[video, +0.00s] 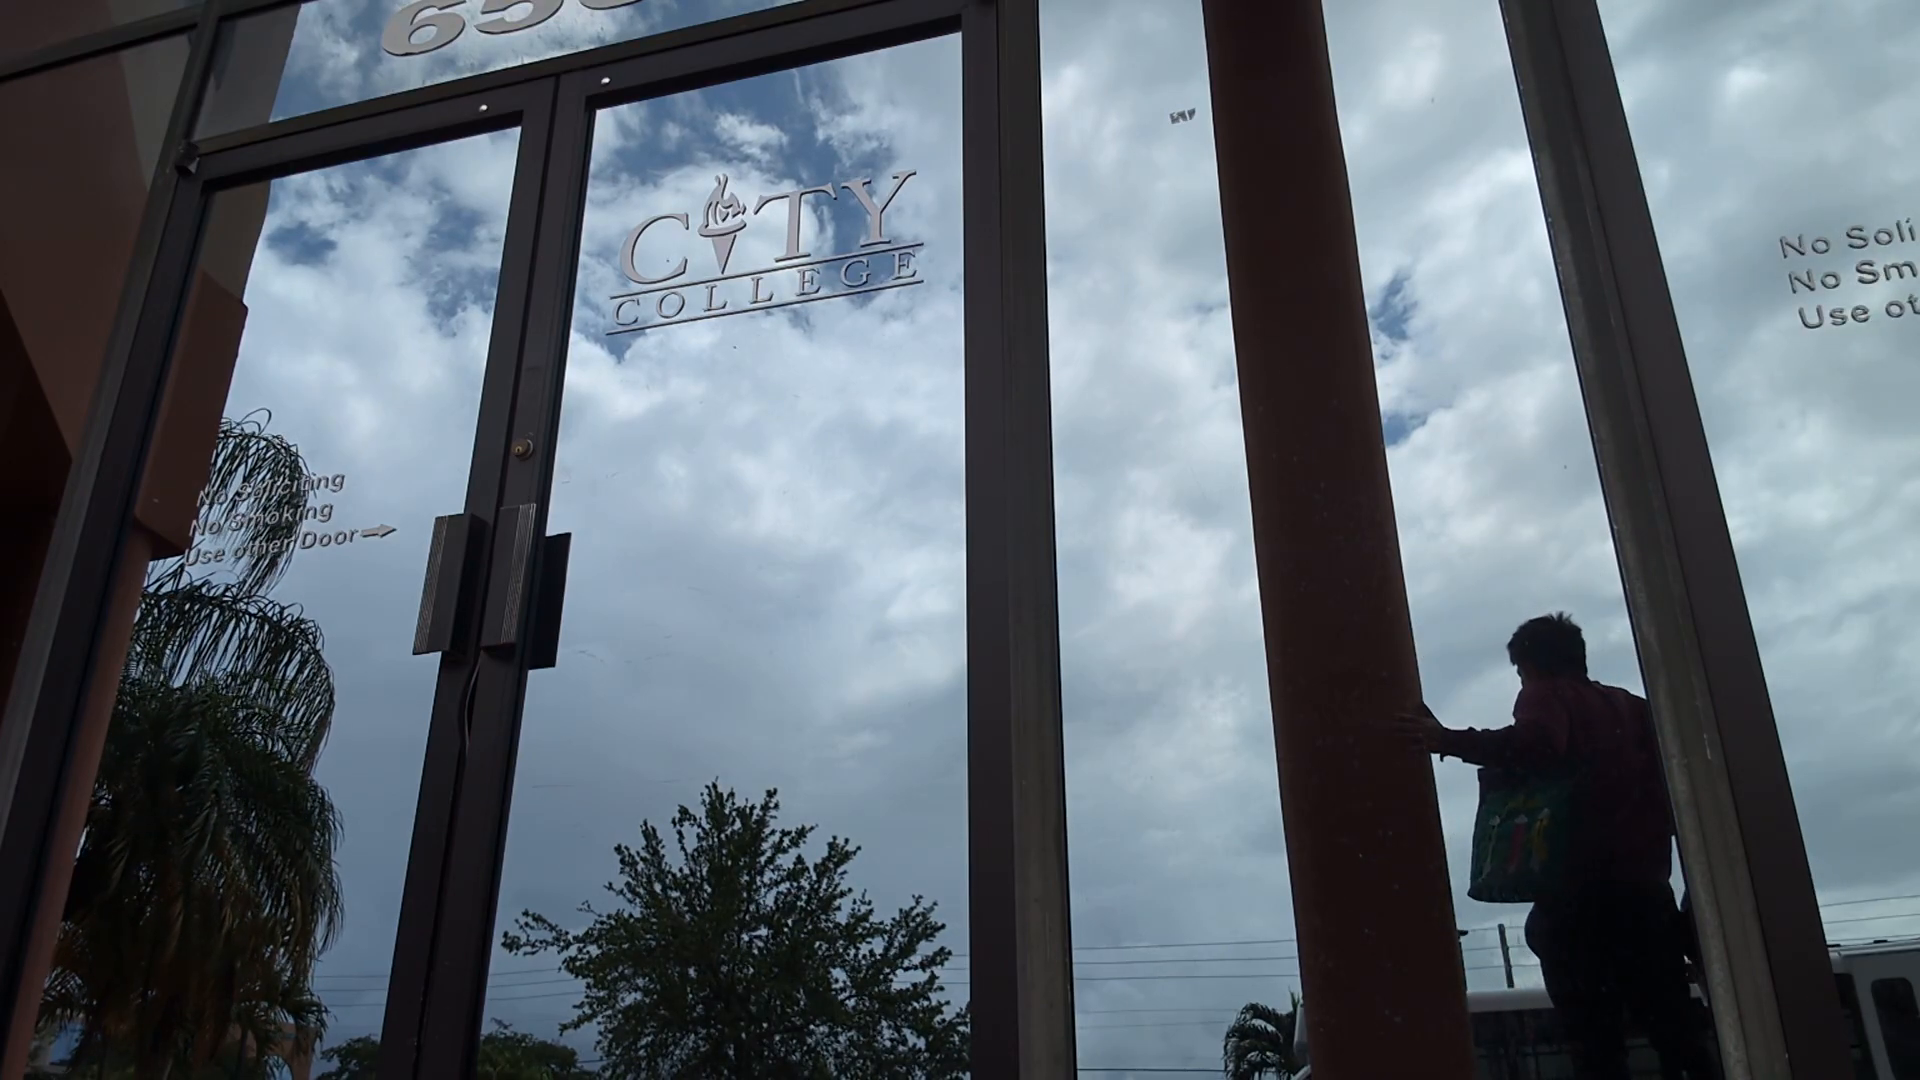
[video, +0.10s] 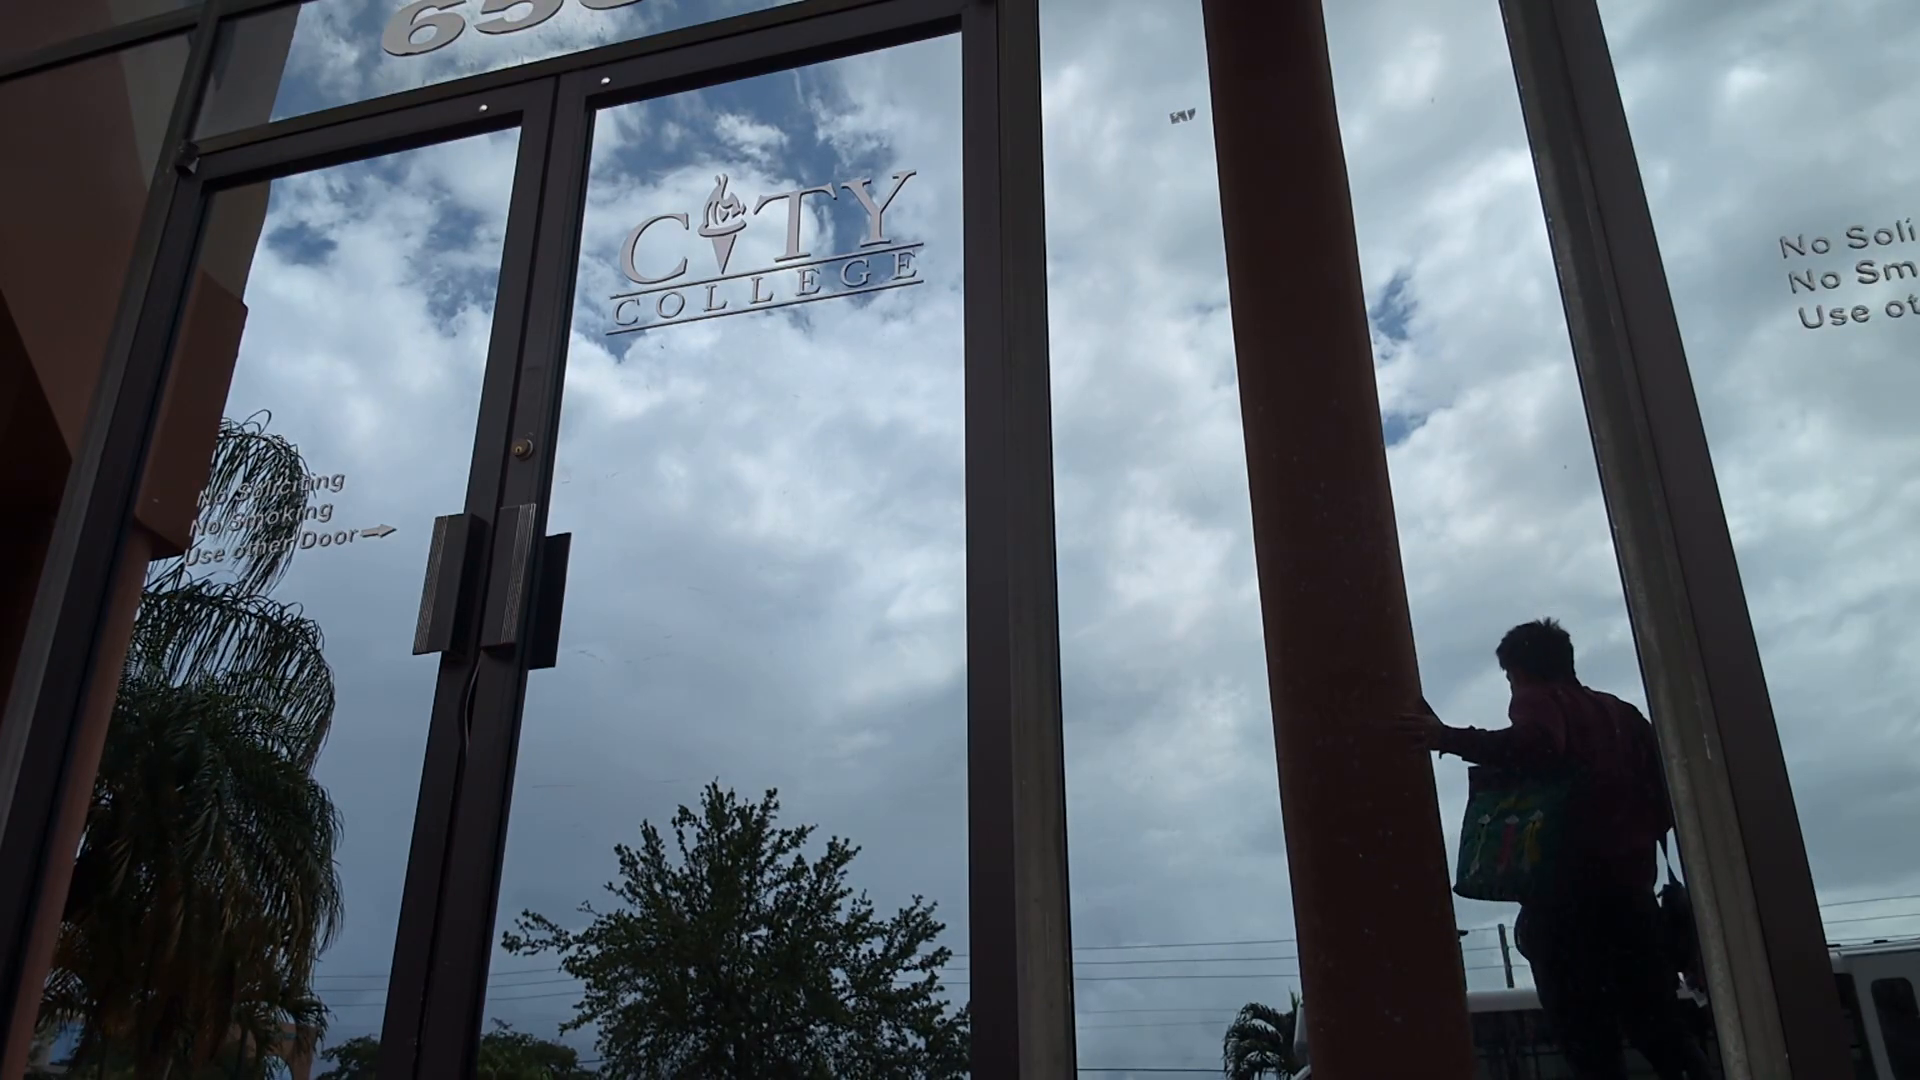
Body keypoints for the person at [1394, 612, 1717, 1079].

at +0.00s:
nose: (1521, 684)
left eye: (1522, 672)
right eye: (1520, 673)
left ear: (1535, 666)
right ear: (1578, 660)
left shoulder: (1542, 697)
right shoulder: (1633, 706)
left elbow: (1539, 744)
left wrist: (1449, 740)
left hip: (1574, 896)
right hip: (1648, 890)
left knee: (1594, 1039)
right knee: (1673, 1023)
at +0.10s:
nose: (1511, 690)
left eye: (1512, 678)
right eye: (1510, 679)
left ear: (1527, 670)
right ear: (1567, 666)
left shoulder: (1535, 702)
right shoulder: (1625, 713)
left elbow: (1538, 745)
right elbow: (1665, 800)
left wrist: (1450, 738)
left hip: (1564, 903)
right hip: (1633, 898)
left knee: (1586, 1041)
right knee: (1657, 1026)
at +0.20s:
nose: (1500, 694)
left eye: (1501, 683)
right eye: (1499, 685)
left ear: (1513, 676)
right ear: (1557, 670)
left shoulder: (1529, 703)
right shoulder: (1611, 719)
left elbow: (1534, 750)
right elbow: (1658, 795)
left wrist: (1448, 737)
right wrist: (1624, 838)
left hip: (1557, 905)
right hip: (1622, 903)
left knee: (1579, 1045)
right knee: (1639, 1034)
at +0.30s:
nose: (1489, 698)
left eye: (1489, 687)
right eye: (1487, 689)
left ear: (1503, 682)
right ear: (1544, 676)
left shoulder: (1523, 708)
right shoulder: (1596, 725)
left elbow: (1535, 754)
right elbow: (1646, 796)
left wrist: (1449, 737)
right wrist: (1610, 841)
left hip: (1551, 903)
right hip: (1607, 902)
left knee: (1570, 1037)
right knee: (1608, 1034)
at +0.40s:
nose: (1478, 706)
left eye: (1477, 695)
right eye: (1475, 696)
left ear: (1491, 689)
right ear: (1529, 682)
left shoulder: (1516, 715)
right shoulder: (1582, 731)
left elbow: (1531, 760)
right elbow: (1631, 804)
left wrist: (1449, 739)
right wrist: (1596, 855)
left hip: (1546, 898)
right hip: (1595, 895)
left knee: (1562, 1026)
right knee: (1589, 1020)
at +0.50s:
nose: (1467, 716)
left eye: (1466, 704)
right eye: (1464, 707)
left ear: (1481, 700)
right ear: (1519, 692)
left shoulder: (1508, 726)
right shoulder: (1571, 741)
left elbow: (1523, 766)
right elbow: (1617, 813)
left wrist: (1450, 743)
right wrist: (1583, 864)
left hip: (1535, 909)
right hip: (1582, 904)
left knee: (1555, 1033)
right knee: (1580, 1027)